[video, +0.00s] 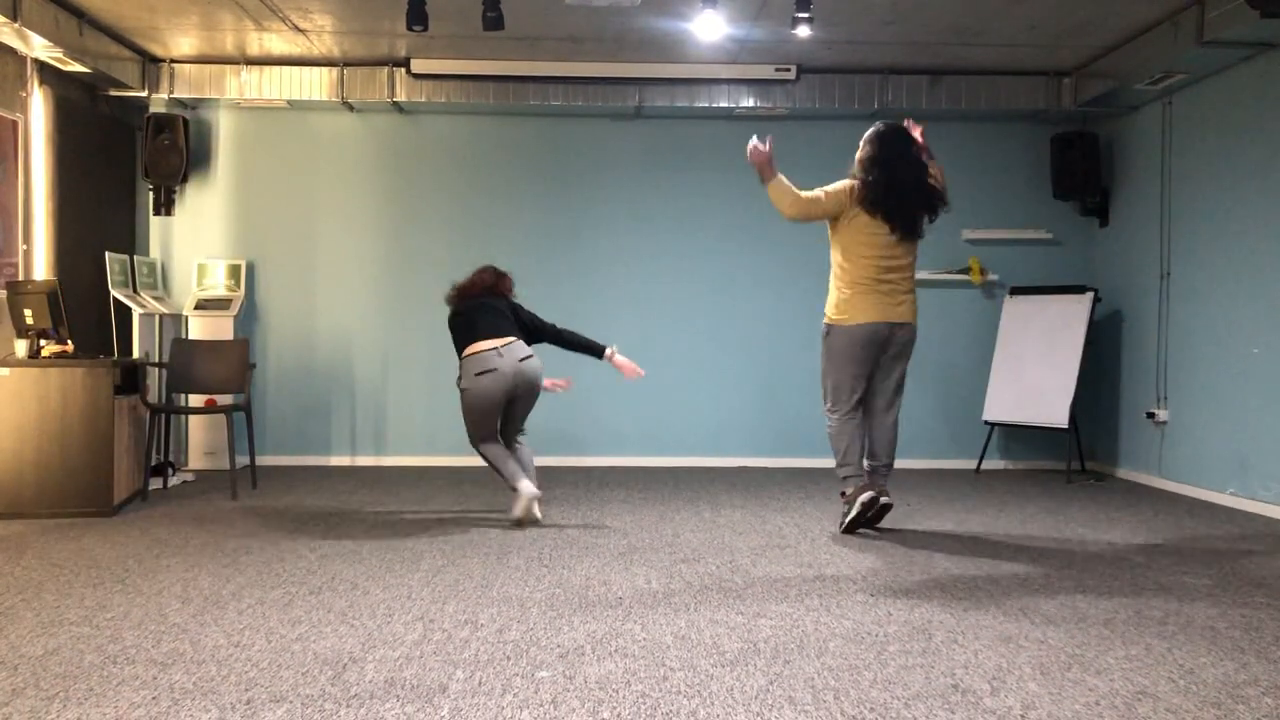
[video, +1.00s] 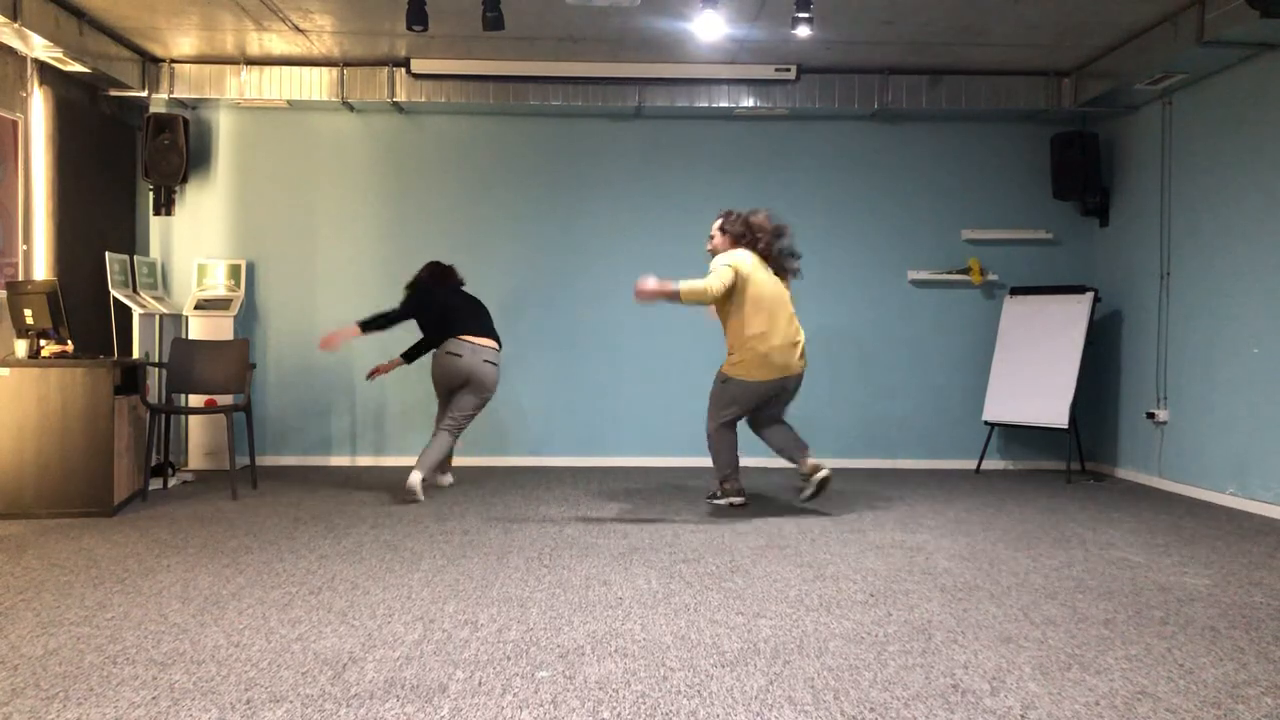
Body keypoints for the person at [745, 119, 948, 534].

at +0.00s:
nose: (856, 152)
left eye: (862, 148)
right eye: (861, 145)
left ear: (872, 158)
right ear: (905, 161)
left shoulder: (849, 194)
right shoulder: (913, 196)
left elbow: (795, 206)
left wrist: (767, 171)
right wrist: (923, 149)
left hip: (852, 320)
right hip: (901, 322)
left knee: (842, 409)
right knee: (885, 406)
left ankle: (856, 490)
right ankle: (877, 489)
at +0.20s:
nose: (852, 161)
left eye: (858, 157)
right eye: (857, 155)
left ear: (865, 168)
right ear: (897, 174)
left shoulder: (835, 204)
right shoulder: (900, 208)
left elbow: (779, 197)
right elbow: (913, 174)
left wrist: (761, 149)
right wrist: (912, 133)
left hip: (832, 328)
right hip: (878, 328)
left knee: (824, 408)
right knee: (864, 404)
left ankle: (843, 483)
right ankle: (872, 484)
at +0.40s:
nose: (841, 176)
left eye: (845, 173)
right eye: (846, 170)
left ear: (851, 186)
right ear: (882, 189)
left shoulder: (823, 219)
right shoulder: (886, 219)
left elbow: (766, 212)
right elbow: (901, 185)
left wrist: (753, 162)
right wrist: (897, 142)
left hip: (816, 334)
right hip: (862, 335)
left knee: (811, 410)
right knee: (850, 406)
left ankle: (837, 481)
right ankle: (867, 478)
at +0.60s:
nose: (812, 187)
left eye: (817, 183)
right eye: (817, 181)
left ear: (824, 194)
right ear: (856, 197)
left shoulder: (799, 226)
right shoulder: (860, 223)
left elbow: (747, 226)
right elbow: (885, 197)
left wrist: (731, 177)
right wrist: (884, 151)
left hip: (799, 337)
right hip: (845, 336)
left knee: (800, 415)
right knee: (842, 410)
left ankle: (832, 480)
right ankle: (869, 482)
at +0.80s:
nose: (762, 193)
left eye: (767, 189)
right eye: (766, 188)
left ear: (778, 203)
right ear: (797, 206)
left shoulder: (765, 232)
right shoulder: (809, 230)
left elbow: (731, 244)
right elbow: (816, 212)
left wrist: (699, 207)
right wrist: (811, 183)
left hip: (779, 346)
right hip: (823, 344)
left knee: (746, 403)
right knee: (826, 413)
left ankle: (771, 472)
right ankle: (865, 481)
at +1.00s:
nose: (708, 244)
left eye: (713, 236)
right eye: (709, 236)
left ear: (731, 236)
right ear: (742, 238)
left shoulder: (729, 260)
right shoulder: (765, 266)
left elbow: (712, 289)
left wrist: (661, 288)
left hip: (751, 365)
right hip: (791, 365)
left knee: (720, 421)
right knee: (766, 420)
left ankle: (730, 488)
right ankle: (807, 465)